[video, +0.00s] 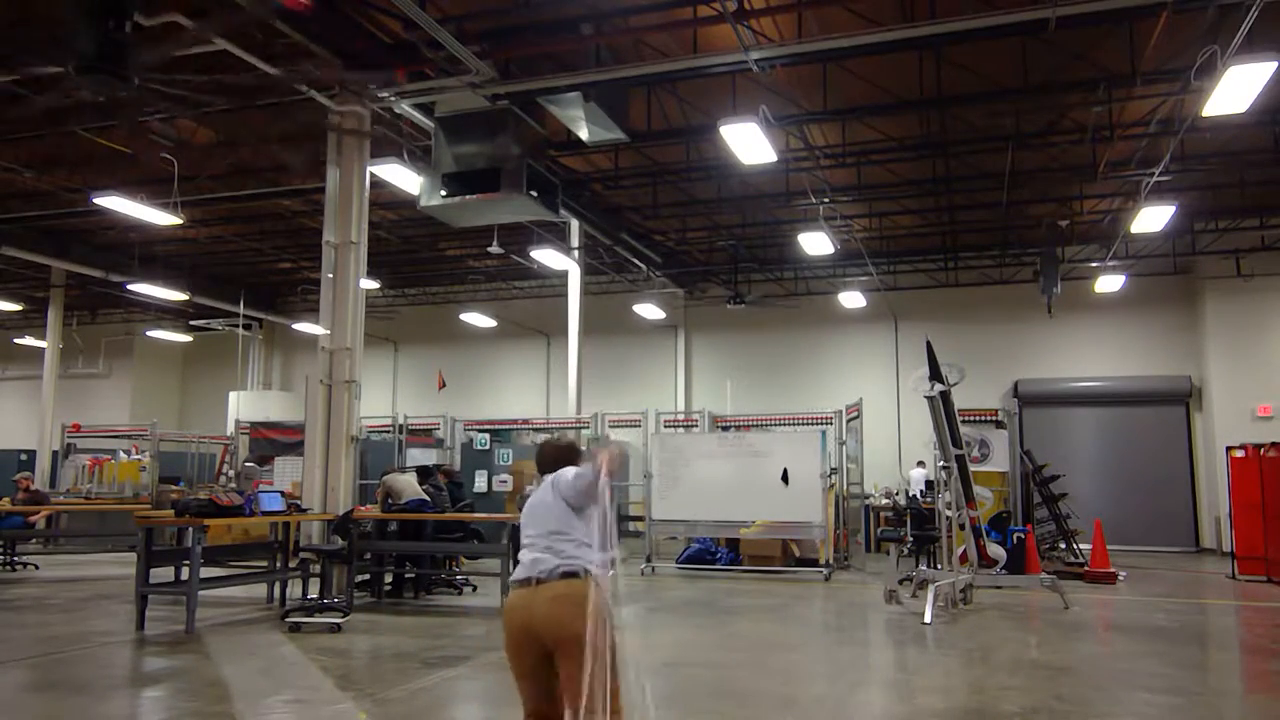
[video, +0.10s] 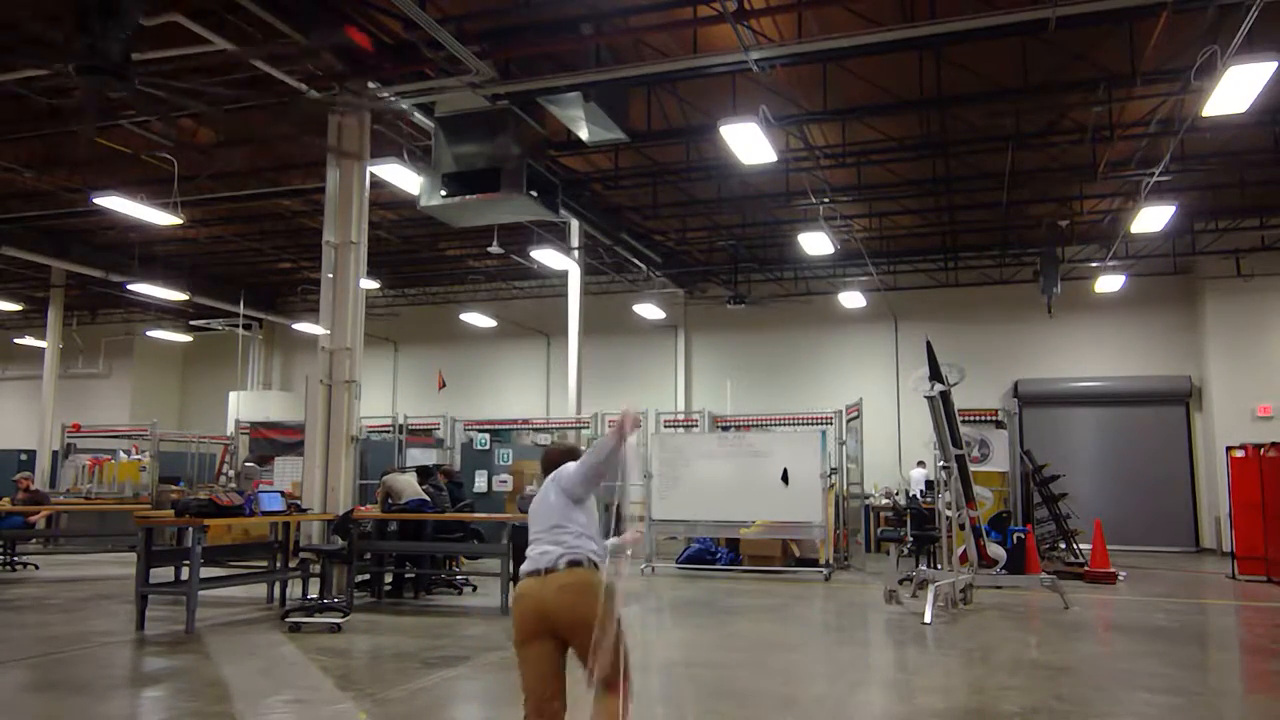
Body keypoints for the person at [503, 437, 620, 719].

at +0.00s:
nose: (581, 465)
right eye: (579, 461)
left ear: (540, 469)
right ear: (574, 463)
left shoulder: (531, 501)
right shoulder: (567, 481)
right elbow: (583, 479)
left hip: (519, 597)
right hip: (569, 594)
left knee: (538, 710)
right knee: (587, 707)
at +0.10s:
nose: (583, 469)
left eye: (583, 463)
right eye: (580, 463)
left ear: (544, 468)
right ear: (573, 463)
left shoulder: (538, 502)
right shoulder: (565, 478)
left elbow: (575, 545)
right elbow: (590, 464)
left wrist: (620, 542)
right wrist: (619, 433)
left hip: (528, 589)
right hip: (575, 582)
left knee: (542, 707)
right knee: (612, 684)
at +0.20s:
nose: (597, 463)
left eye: (597, 459)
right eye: (593, 458)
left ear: (560, 463)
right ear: (585, 459)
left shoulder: (552, 492)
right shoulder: (579, 470)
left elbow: (577, 544)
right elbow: (614, 448)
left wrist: (622, 541)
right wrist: (645, 406)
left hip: (541, 574)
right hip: (586, 567)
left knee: (547, 686)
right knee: (616, 665)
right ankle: (608, 714)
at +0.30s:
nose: (610, 463)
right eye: (607, 460)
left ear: (572, 467)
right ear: (601, 461)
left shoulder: (563, 489)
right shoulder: (603, 469)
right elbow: (640, 443)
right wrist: (666, 396)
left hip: (554, 567)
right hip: (598, 565)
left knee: (557, 667)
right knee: (605, 657)